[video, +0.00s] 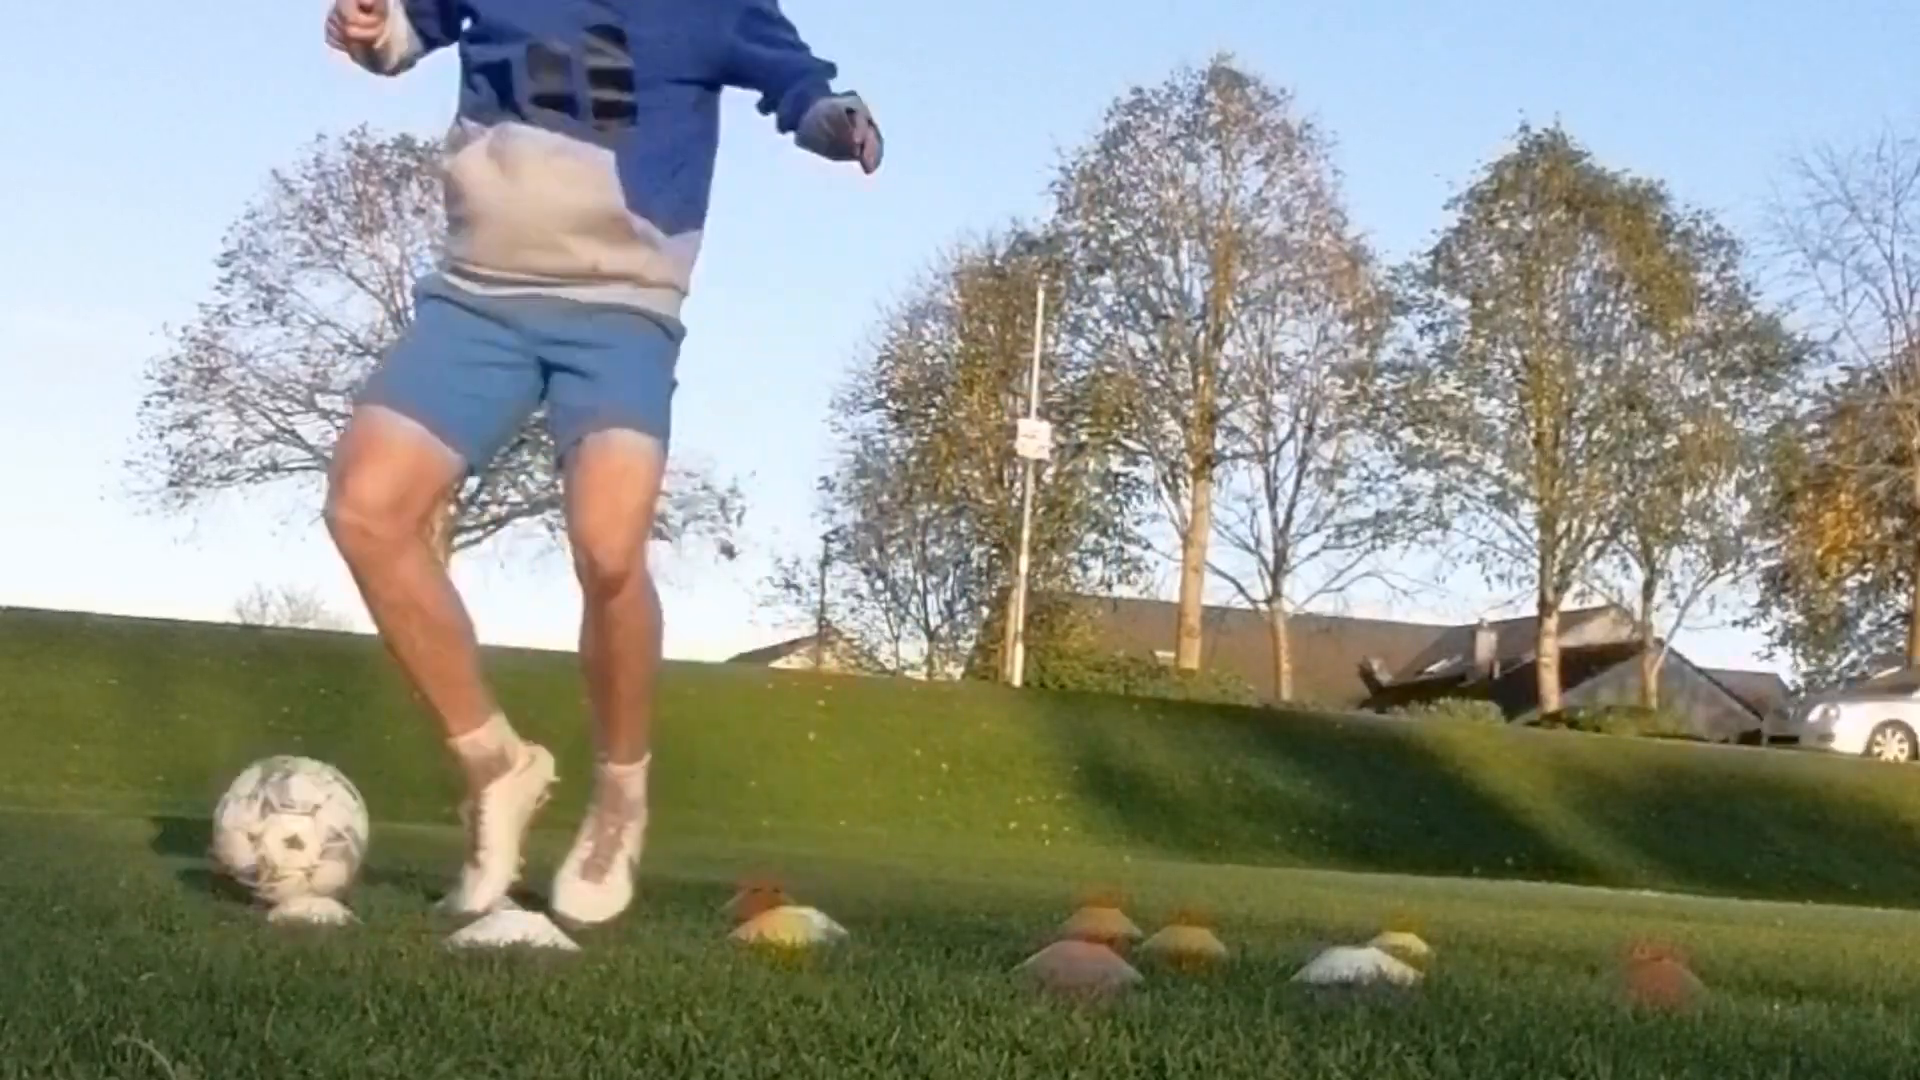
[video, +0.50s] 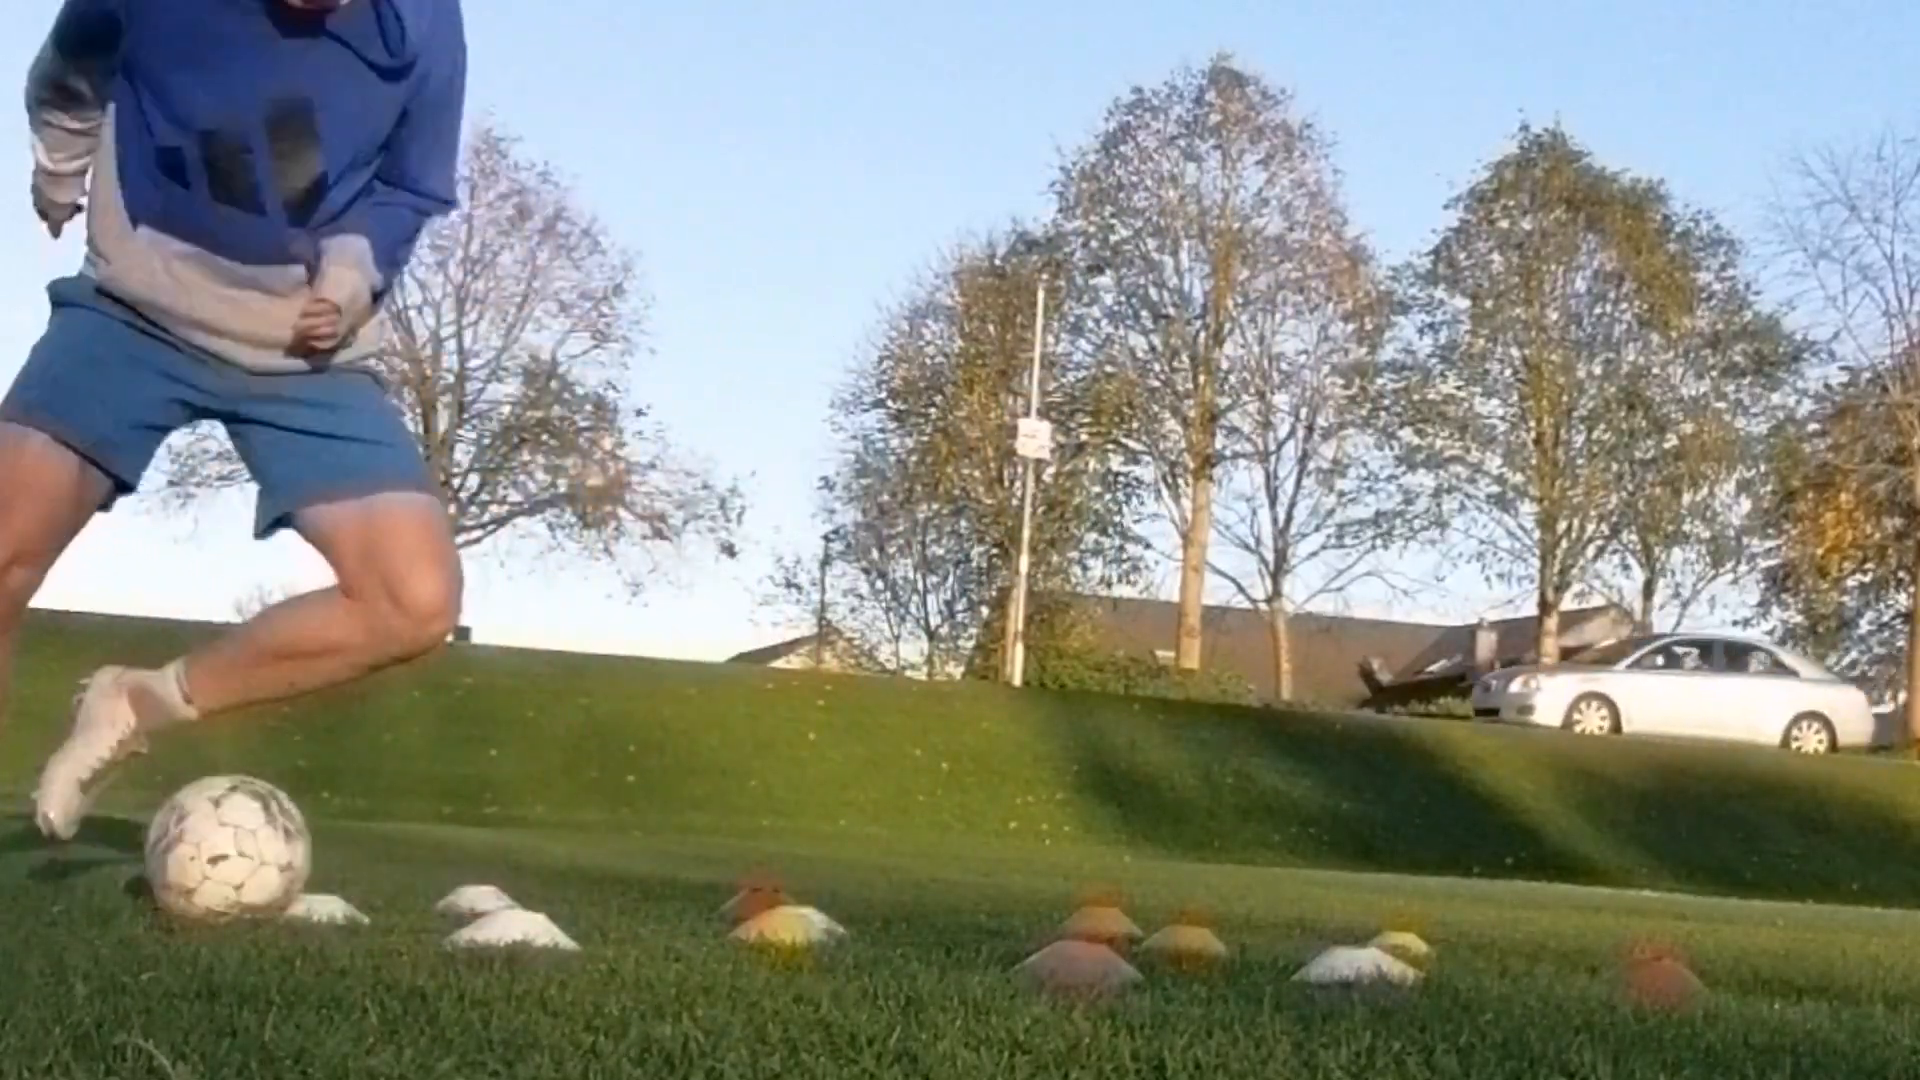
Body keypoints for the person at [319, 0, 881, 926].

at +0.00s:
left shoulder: (714, 10)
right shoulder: (484, 0)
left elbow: (798, 85)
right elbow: (413, 27)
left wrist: (841, 123)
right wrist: (376, 33)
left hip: (621, 311)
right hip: (475, 297)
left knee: (609, 554)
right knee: (368, 510)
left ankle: (619, 796)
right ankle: (498, 764)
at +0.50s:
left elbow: (410, 187)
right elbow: (69, 79)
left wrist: (352, 285)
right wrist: (61, 177)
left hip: (311, 364)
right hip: (129, 321)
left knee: (413, 603)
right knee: (5, 565)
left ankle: (147, 700)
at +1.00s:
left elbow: (522, 89)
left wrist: (628, 184)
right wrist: (298, 130)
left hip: (516, 189)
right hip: (414, 161)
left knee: (676, 478)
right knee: (549, 482)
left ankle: (597, 817)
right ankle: (436, 871)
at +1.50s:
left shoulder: (814, 19)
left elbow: (837, 59)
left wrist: (973, 97)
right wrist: (448, 31)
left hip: (576, 201)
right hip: (675, 186)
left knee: (640, 557)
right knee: (877, 472)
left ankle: (493, 879)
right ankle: (837, 810)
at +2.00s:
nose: (1002, 39)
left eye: (1008, 27)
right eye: (1004, 21)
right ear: (978, 6)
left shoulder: (719, 8)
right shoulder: (935, 5)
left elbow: (578, 34)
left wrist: (662, 155)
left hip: (611, 240)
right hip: (760, 252)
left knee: (594, 513)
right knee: (852, 557)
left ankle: (466, 782)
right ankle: (865, 875)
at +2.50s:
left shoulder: (772, 5)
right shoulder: (970, 5)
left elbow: (677, 89)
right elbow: (991, 121)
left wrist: (766, 172)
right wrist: (1066, 256)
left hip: (723, 284)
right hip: (852, 281)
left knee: (710, 585)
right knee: (994, 532)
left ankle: (645, 859)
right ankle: (911, 776)